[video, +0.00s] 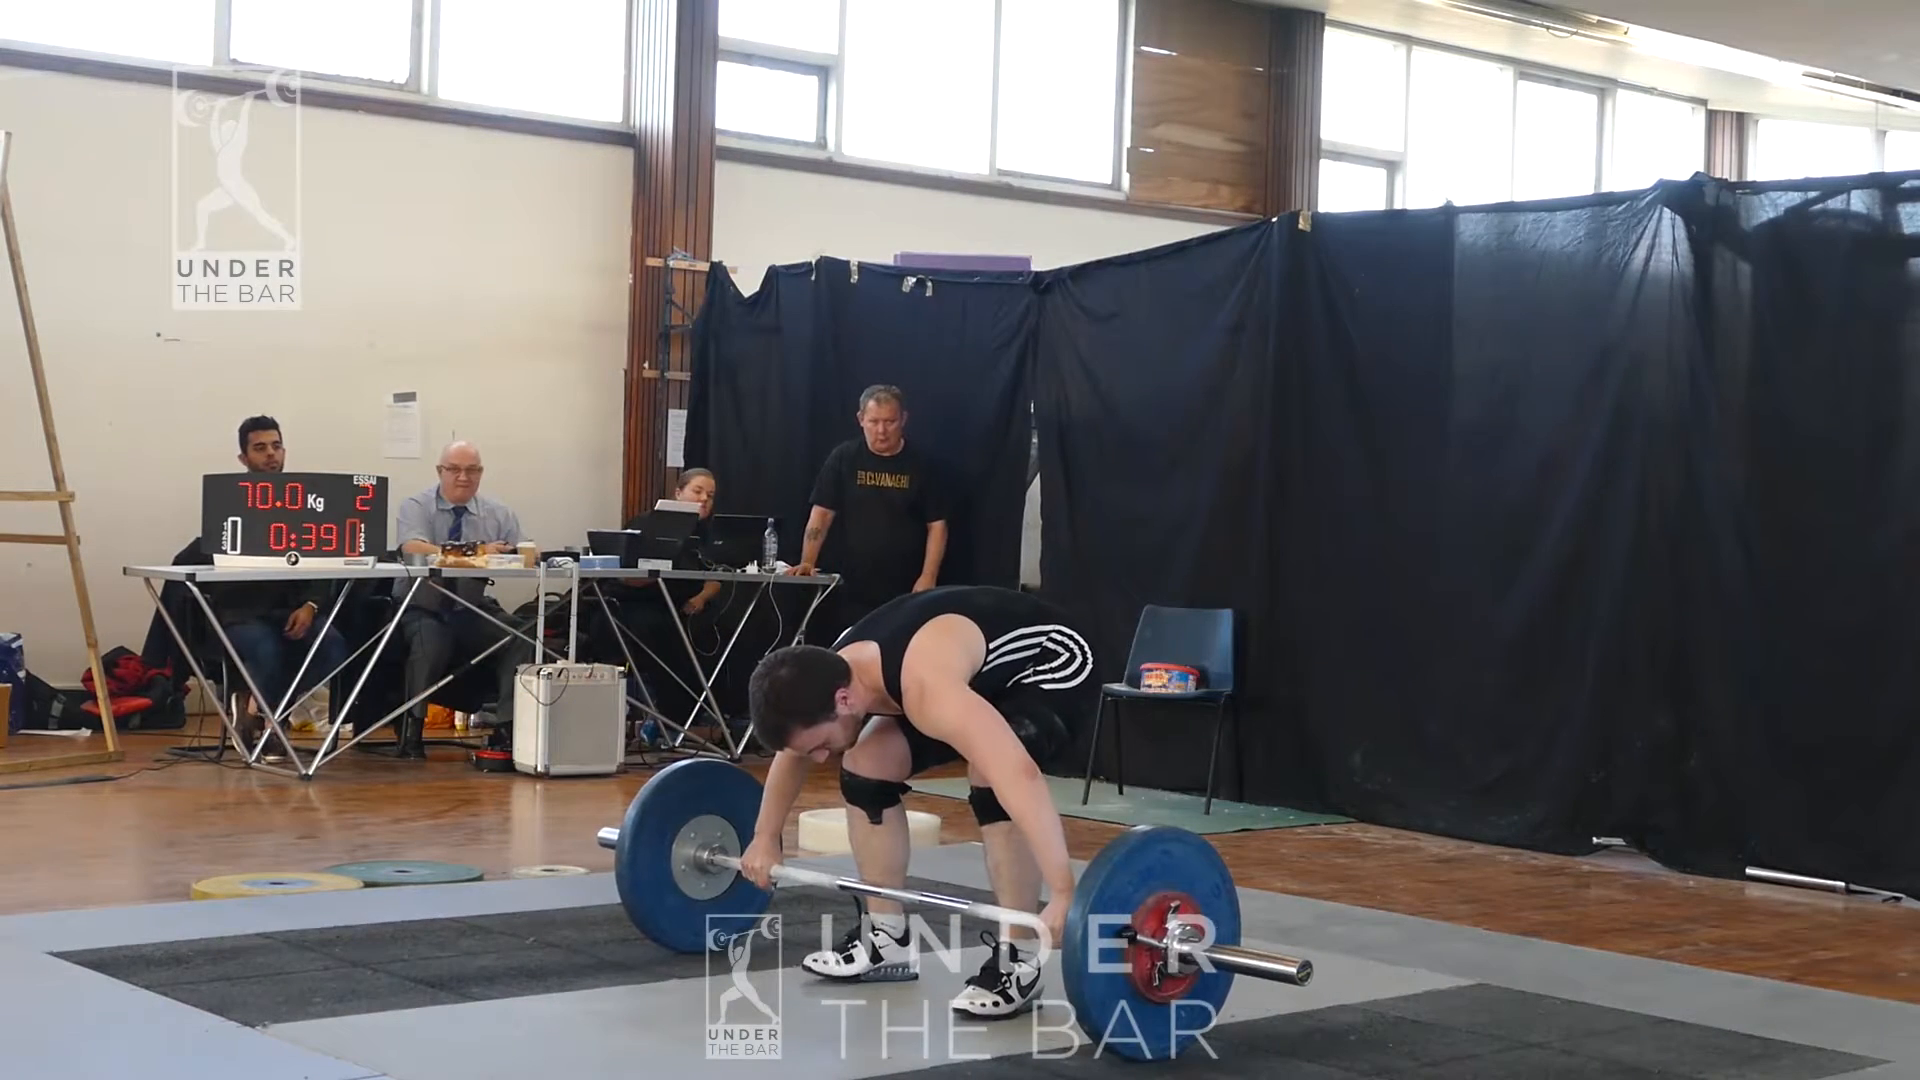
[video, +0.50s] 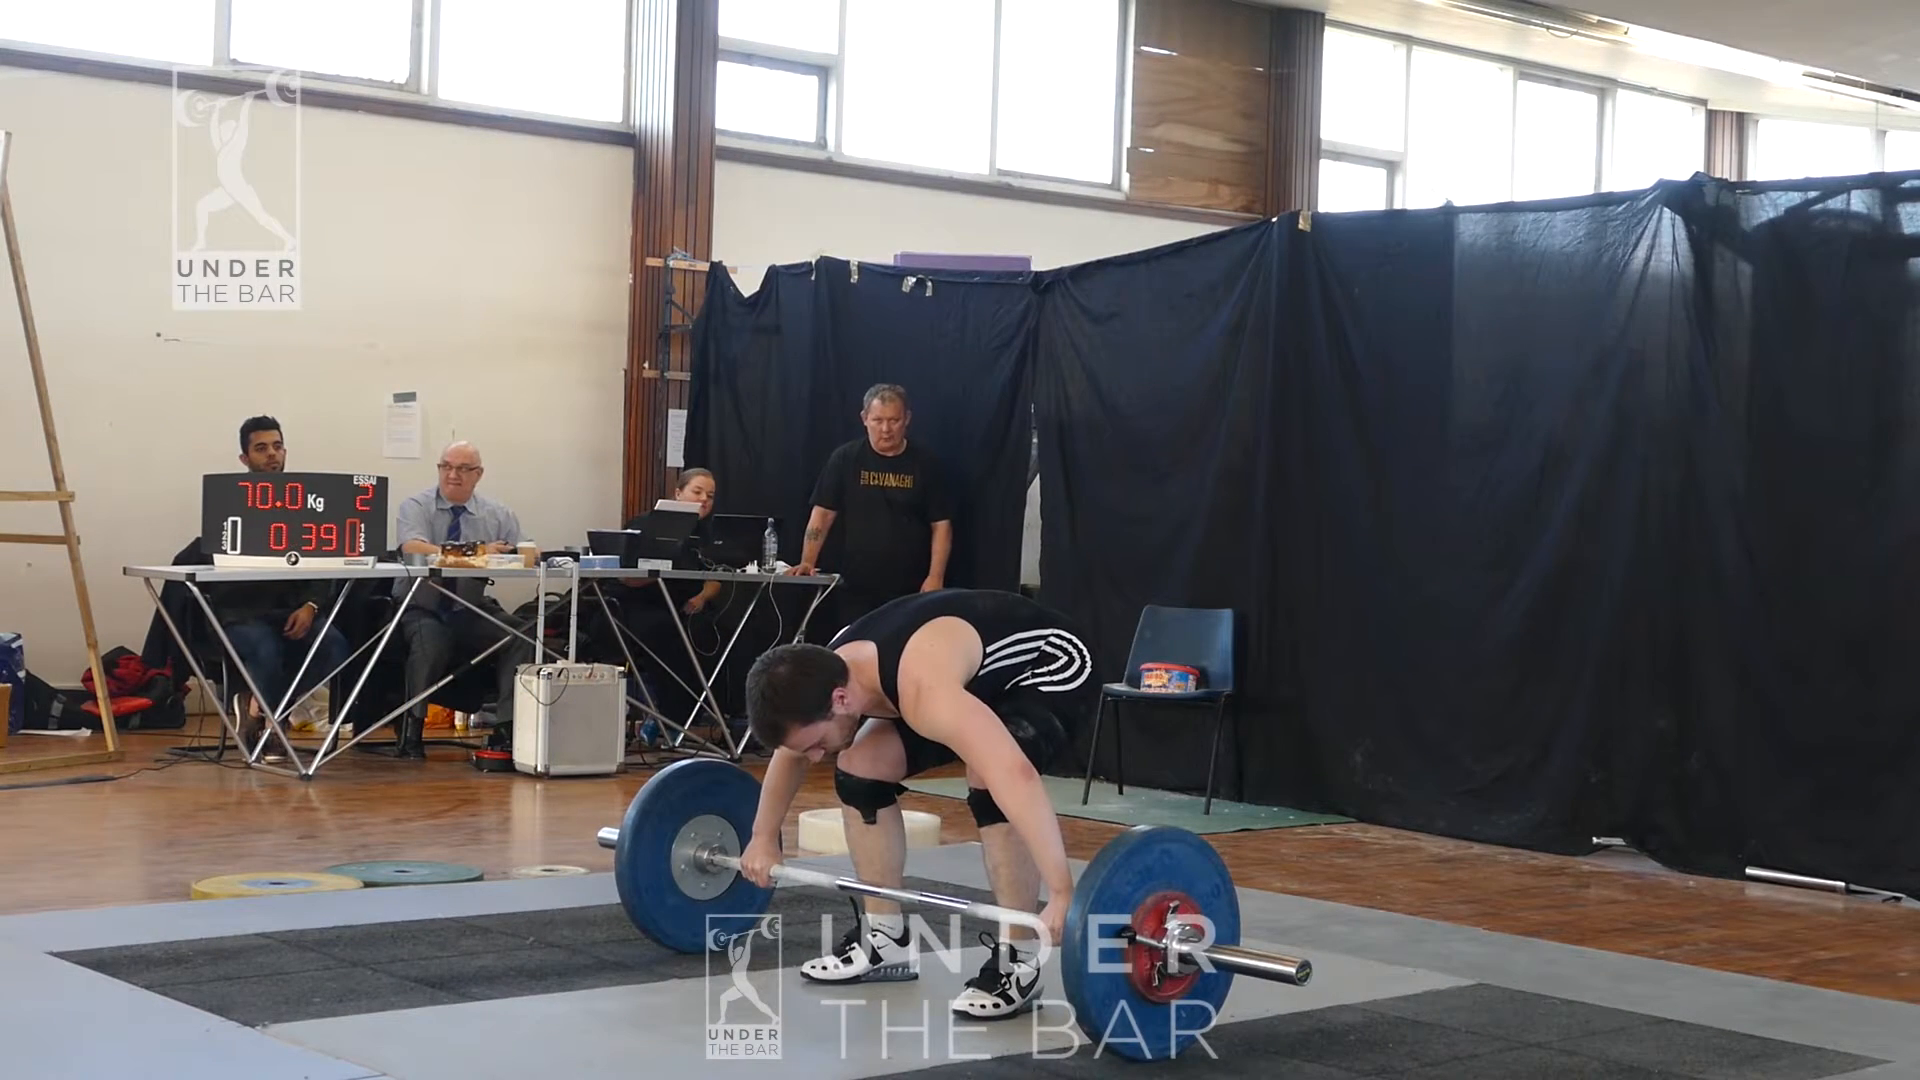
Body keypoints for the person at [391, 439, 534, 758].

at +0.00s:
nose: (463, 477)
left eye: (472, 470)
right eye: (454, 470)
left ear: (481, 474)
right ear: (439, 472)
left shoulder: (500, 514)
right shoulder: (416, 506)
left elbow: (531, 556)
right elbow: (413, 549)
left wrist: (503, 552)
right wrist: (470, 554)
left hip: (475, 609)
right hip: (424, 608)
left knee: (519, 637)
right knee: (430, 643)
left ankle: (507, 730)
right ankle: (412, 733)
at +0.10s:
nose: (458, 476)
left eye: (468, 470)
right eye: (450, 469)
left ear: (481, 474)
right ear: (439, 471)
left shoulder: (500, 514)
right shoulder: (416, 506)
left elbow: (530, 556)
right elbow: (413, 549)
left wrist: (503, 552)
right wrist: (470, 554)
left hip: (475, 609)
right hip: (424, 608)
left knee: (519, 637)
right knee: (430, 643)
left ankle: (507, 730)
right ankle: (412, 733)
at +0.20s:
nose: (456, 476)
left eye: (466, 470)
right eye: (448, 468)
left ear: (480, 475)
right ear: (438, 470)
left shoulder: (500, 514)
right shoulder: (416, 506)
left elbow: (530, 556)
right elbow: (413, 549)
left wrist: (503, 552)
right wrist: (470, 554)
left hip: (475, 609)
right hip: (424, 608)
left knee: (519, 637)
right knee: (430, 642)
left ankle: (507, 730)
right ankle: (412, 733)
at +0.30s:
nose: (455, 476)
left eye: (465, 470)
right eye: (448, 468)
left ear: (480, 475)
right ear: (438, 470)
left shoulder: (499, 514)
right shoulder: (416, 506)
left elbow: (530, 556)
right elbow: (413, 548)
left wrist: (502, 552)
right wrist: (469, 554)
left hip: (475, 608)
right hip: (424, 608)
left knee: (519, 637)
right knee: (430, 643)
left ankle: (507, 731)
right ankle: (412, 734)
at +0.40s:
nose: (453, 475)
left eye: (463, 469)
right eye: (447, 468)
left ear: (479, 475)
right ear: (438, 470)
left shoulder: (499, 514)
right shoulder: (416, 506)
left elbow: (530, 556)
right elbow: (412, 547)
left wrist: (502, 552)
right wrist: (466, 554)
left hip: (475, 609)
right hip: (423, 608)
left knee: (519, 636)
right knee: (430, 642)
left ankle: (507, 730)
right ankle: (412, 734)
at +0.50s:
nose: (453, 475)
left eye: (463, 469)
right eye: (446, 467)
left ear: (479, 475)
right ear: (438, 470)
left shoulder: (500, 514)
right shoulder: (416, 506)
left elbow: (530, 556)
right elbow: (412, 548)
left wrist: (503, 552)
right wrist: (466, 555)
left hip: (475, 608)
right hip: (423, 608)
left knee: (519, 637)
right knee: (430, 643)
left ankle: (507, 731)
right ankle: (412, 734)